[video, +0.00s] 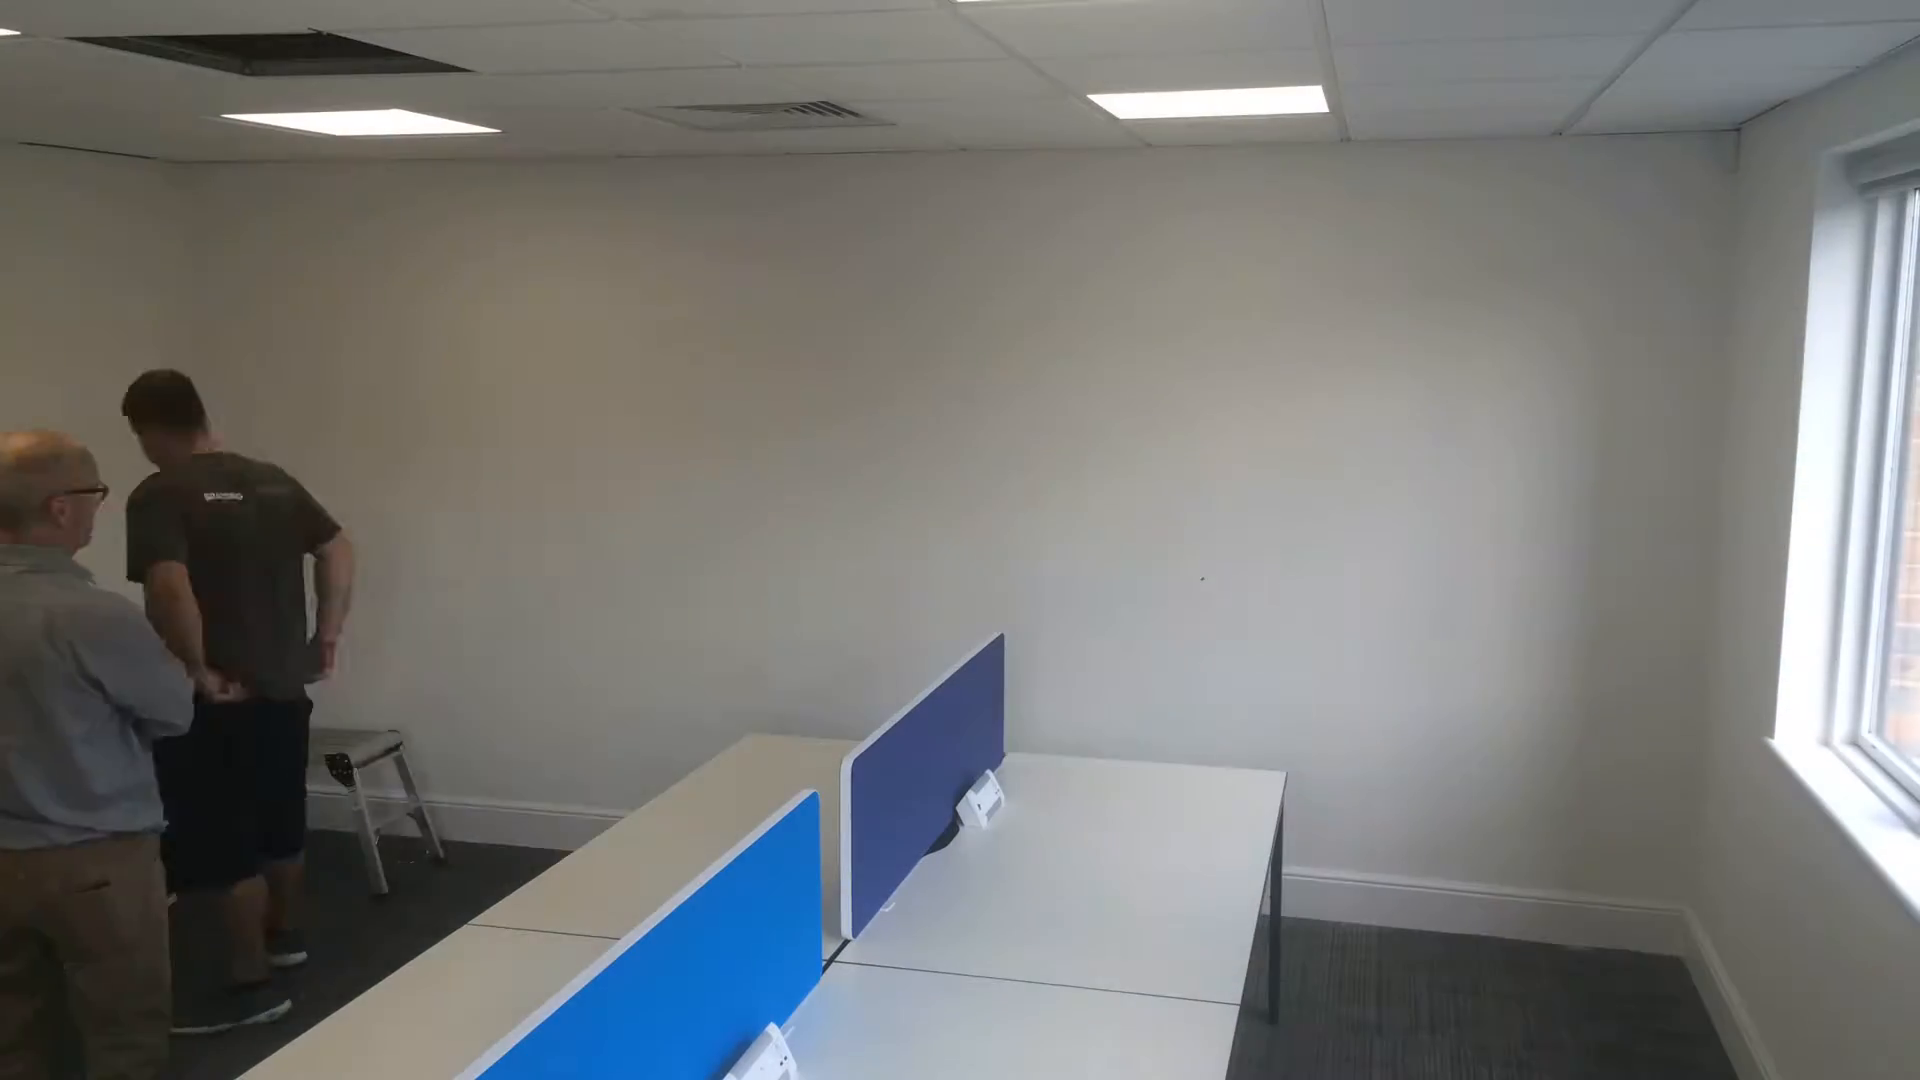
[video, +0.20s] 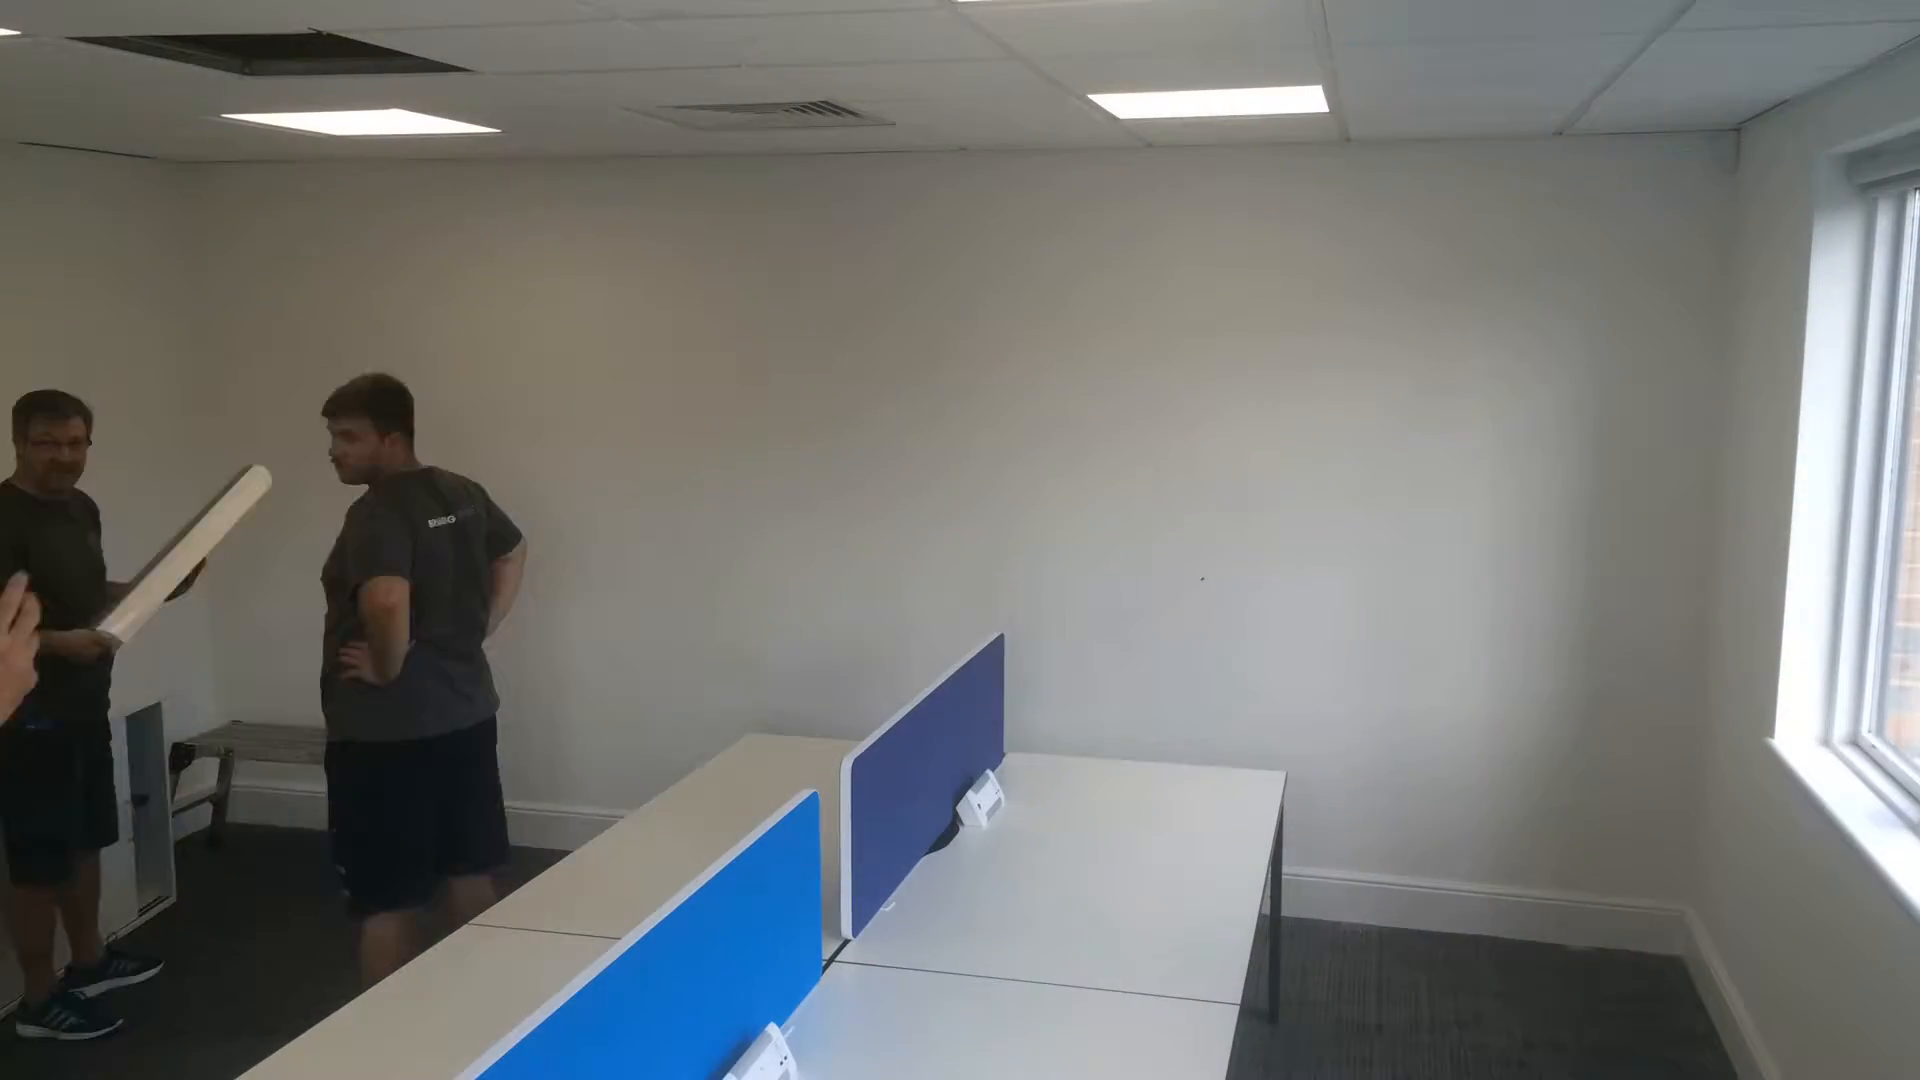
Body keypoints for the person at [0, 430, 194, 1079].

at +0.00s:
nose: (101, 506)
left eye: (99, 493)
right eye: (93, 494)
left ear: (28, 507)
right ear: (58, 508)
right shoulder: (93, 612)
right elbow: (176, 709)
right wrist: (99, 717)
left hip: (13, 866)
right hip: (102, 868)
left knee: (22, 1050)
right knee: (127, 1050)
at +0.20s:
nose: (68, 456)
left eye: (78, 444)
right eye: (52, 444)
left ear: (89, 446)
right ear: (22, 446)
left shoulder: (82, 508)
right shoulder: (6, 515)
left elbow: (86, 594)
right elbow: (4, 624)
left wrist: (156, 586)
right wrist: (58, 641)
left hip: (82, 711)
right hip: (27, 717)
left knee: (81, 840)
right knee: (32, 857)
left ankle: (89, 962)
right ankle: (37, 1000)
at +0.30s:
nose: (80, 453)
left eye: (91, 443)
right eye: (66, 441)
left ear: (105, 445)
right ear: (38, 440)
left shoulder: (104, 504)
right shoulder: (17, 506)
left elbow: (106, 596)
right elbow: (12, 622)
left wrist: (183, 619)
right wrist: (59, 688)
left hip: (89, 706)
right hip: (31, 711)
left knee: (79, 842)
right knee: (39, 854)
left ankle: (74, 968)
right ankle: (40, 1000)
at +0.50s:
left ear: (92, 411)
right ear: (143, 416)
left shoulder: (49, 469)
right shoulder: (148, 470)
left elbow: (43, 555)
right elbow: (167, 556)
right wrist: (184, 629)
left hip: (65, 643)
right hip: (135, 643)